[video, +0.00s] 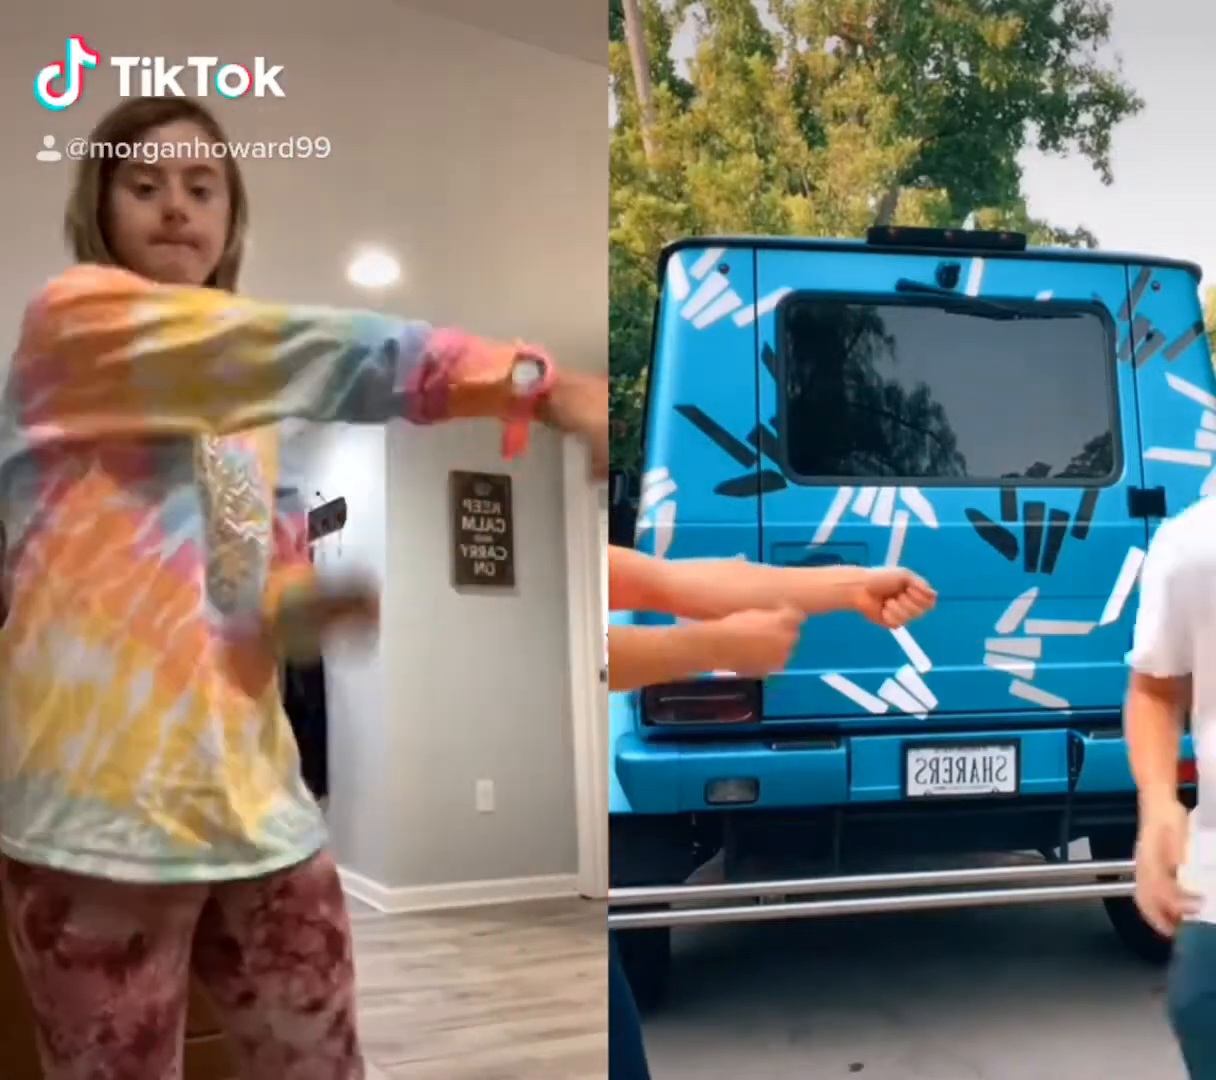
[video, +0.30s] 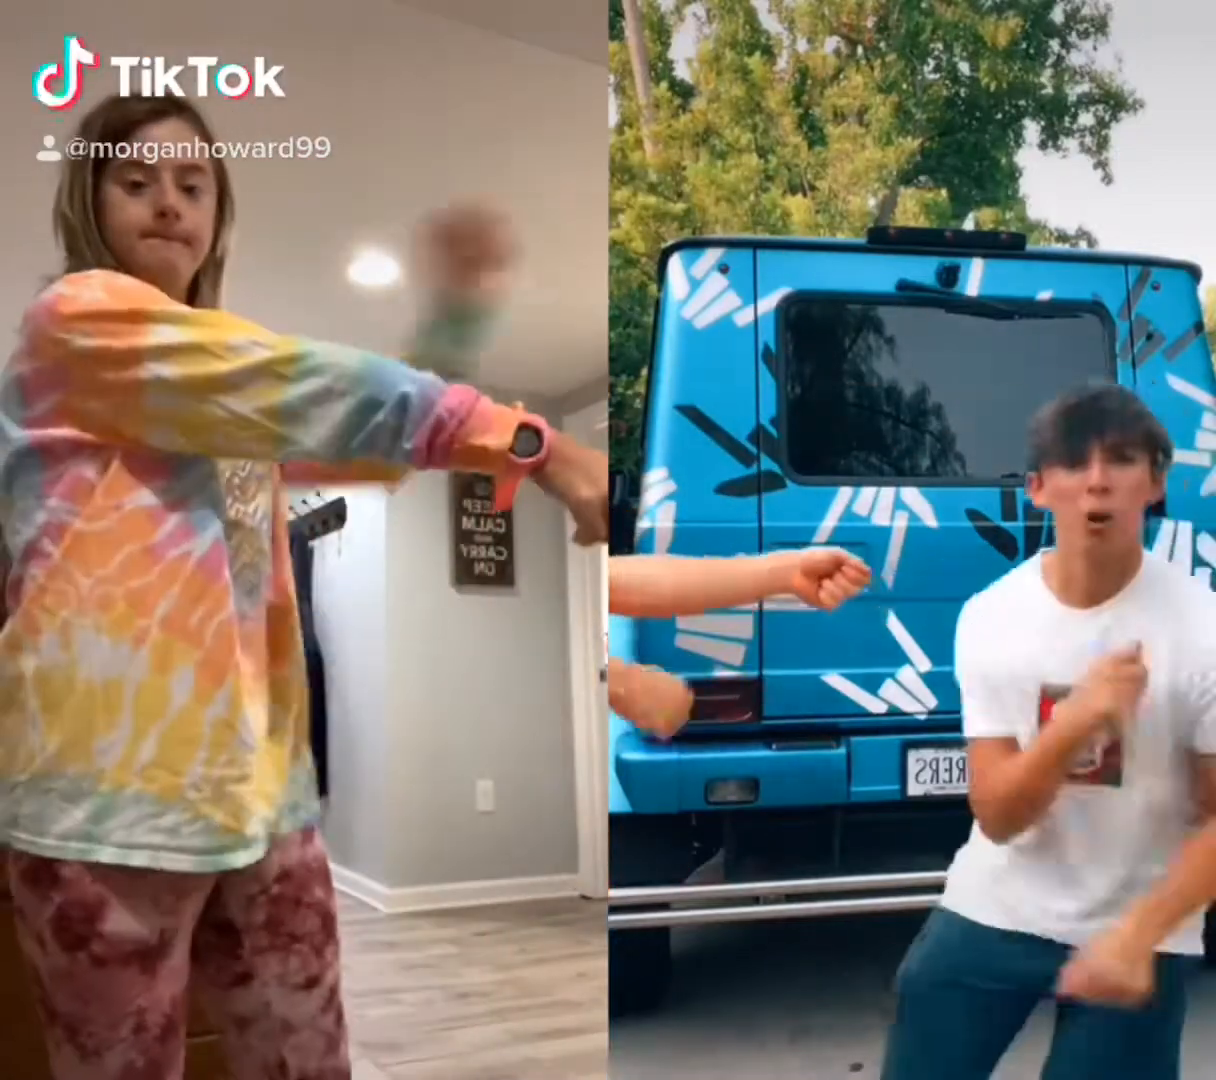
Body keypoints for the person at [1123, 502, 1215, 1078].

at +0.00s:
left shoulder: (1187, 548)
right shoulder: (1187, 546)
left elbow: (1155, 688)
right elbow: (1155, 690)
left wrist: (1159, 806)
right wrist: (1158, 803)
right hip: (1211, 888)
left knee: (1196, 1004)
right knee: (1197, 1004)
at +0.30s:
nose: (1097, 479)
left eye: (1121, 458)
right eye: (1074, 461)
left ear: (1154, 485)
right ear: (1039, 489)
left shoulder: (1201, 624)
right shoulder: (991, 618)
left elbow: (1215, 818)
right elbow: (998, 814)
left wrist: (1142, 931)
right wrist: (1078, 721)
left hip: (1143, 920)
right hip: (1002, 898)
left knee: (1106, 1064)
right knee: (919, 1055)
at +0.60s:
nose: (951, 439)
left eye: (973, 421)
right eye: (933, 419)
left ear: (1007, 440)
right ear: (904, 435)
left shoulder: (1052, 563)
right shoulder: (849, 543)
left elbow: (1036, 744)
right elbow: (825, 670)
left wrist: (881, 722)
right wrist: (966, 585)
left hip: (1002, 861)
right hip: (860, 861)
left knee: (998, 1066)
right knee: (838, 1067)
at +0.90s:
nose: (842, 468)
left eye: (864, 451)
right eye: (846, 451)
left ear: (927, 474)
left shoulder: (1004, 587)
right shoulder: (807, 578)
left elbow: (1061, 711)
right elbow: (794, 700)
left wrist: (999, 789)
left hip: (960, 883)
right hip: (837, 877)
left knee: (938, 1067)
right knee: (834, 1066)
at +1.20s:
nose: (828, 426)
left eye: (853, 410)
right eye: (828, 409)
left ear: (912, 432)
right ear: (821, 418)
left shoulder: (980, 534)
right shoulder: (793, 526)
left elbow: (1011, 644)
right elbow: (763, 656)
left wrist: (1038, 708)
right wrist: (672, 650)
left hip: (948, 814)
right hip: (832, 808)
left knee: (932, 1034)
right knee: (844, 1021)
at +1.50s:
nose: (889, 452)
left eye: (909, 437)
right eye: (871, 435)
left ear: (932, 458)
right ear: (834, 452)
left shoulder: (965, 553)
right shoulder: (780, 563)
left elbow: (985, 685)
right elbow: (780, 687)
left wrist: (870, 594)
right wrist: (912, 605)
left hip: (942, 835)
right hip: (817, 854)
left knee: (972, 1050)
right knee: (833, 1064)